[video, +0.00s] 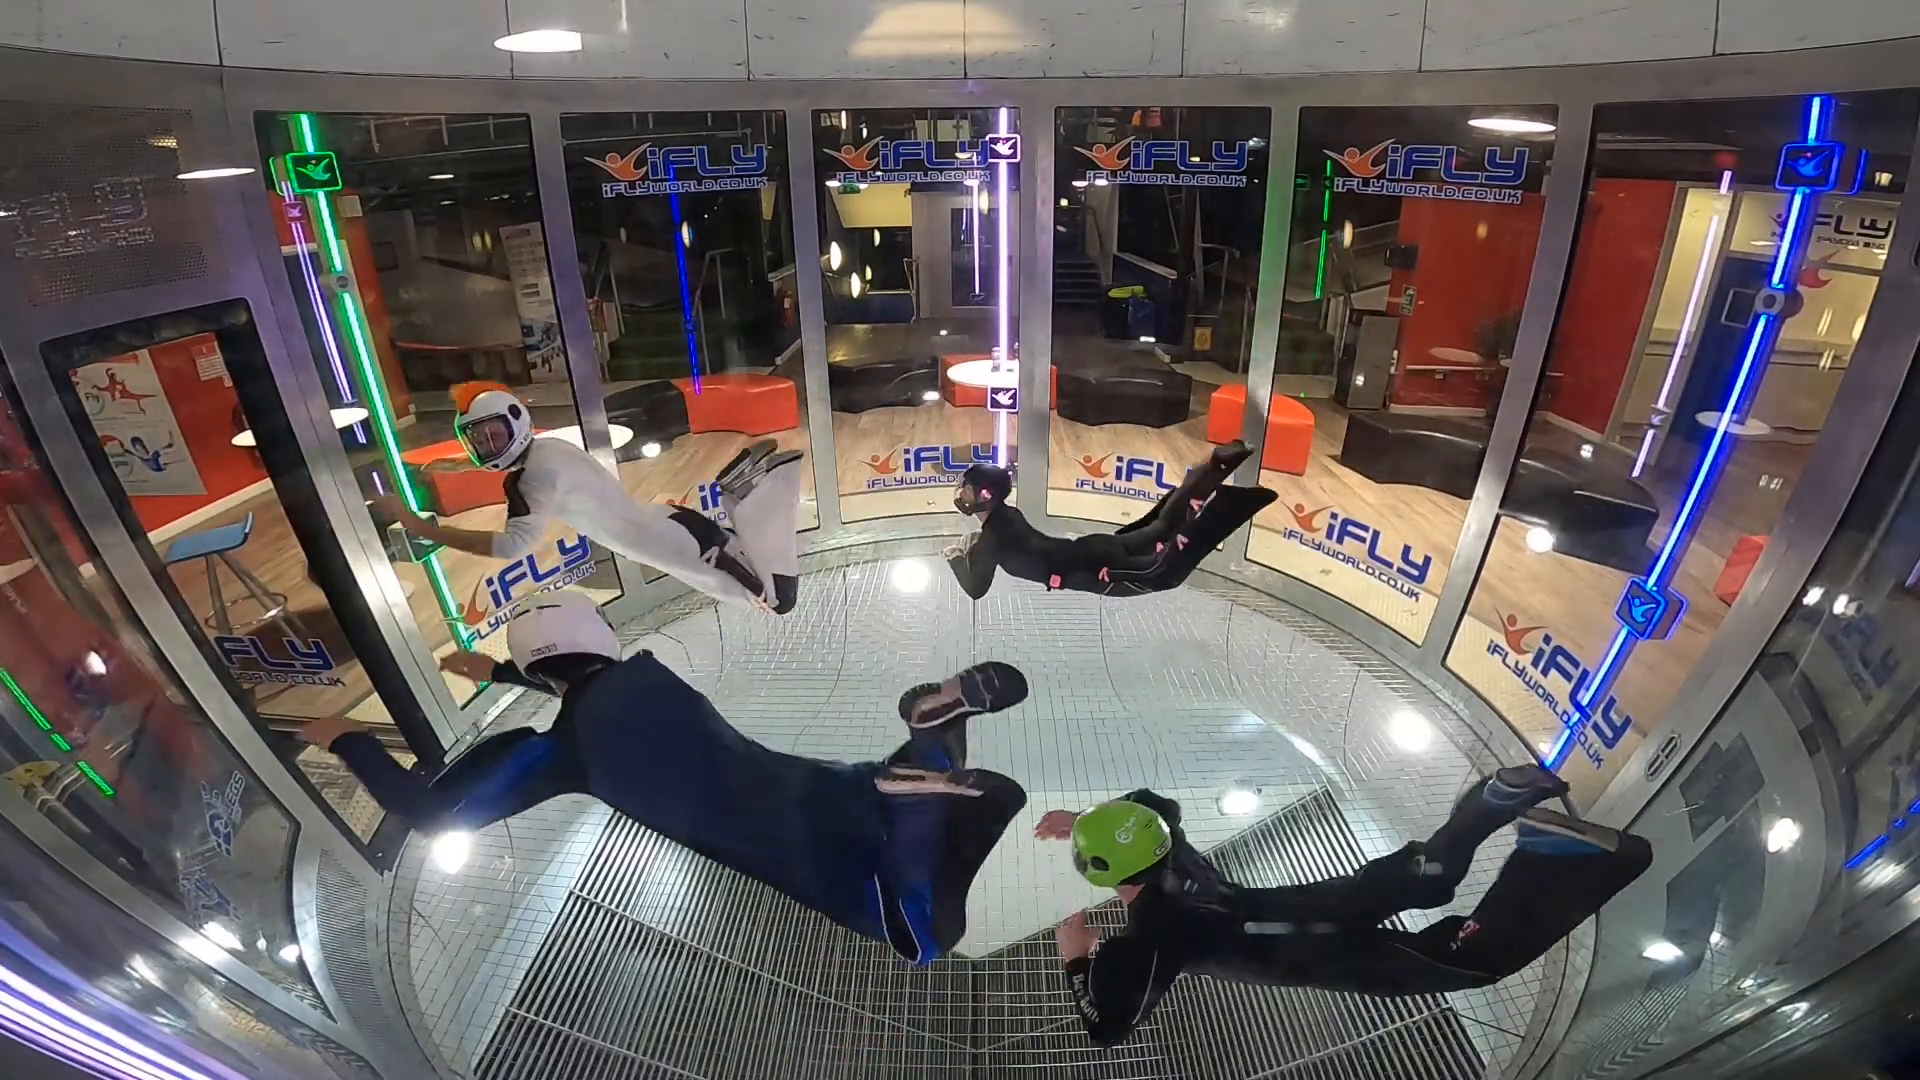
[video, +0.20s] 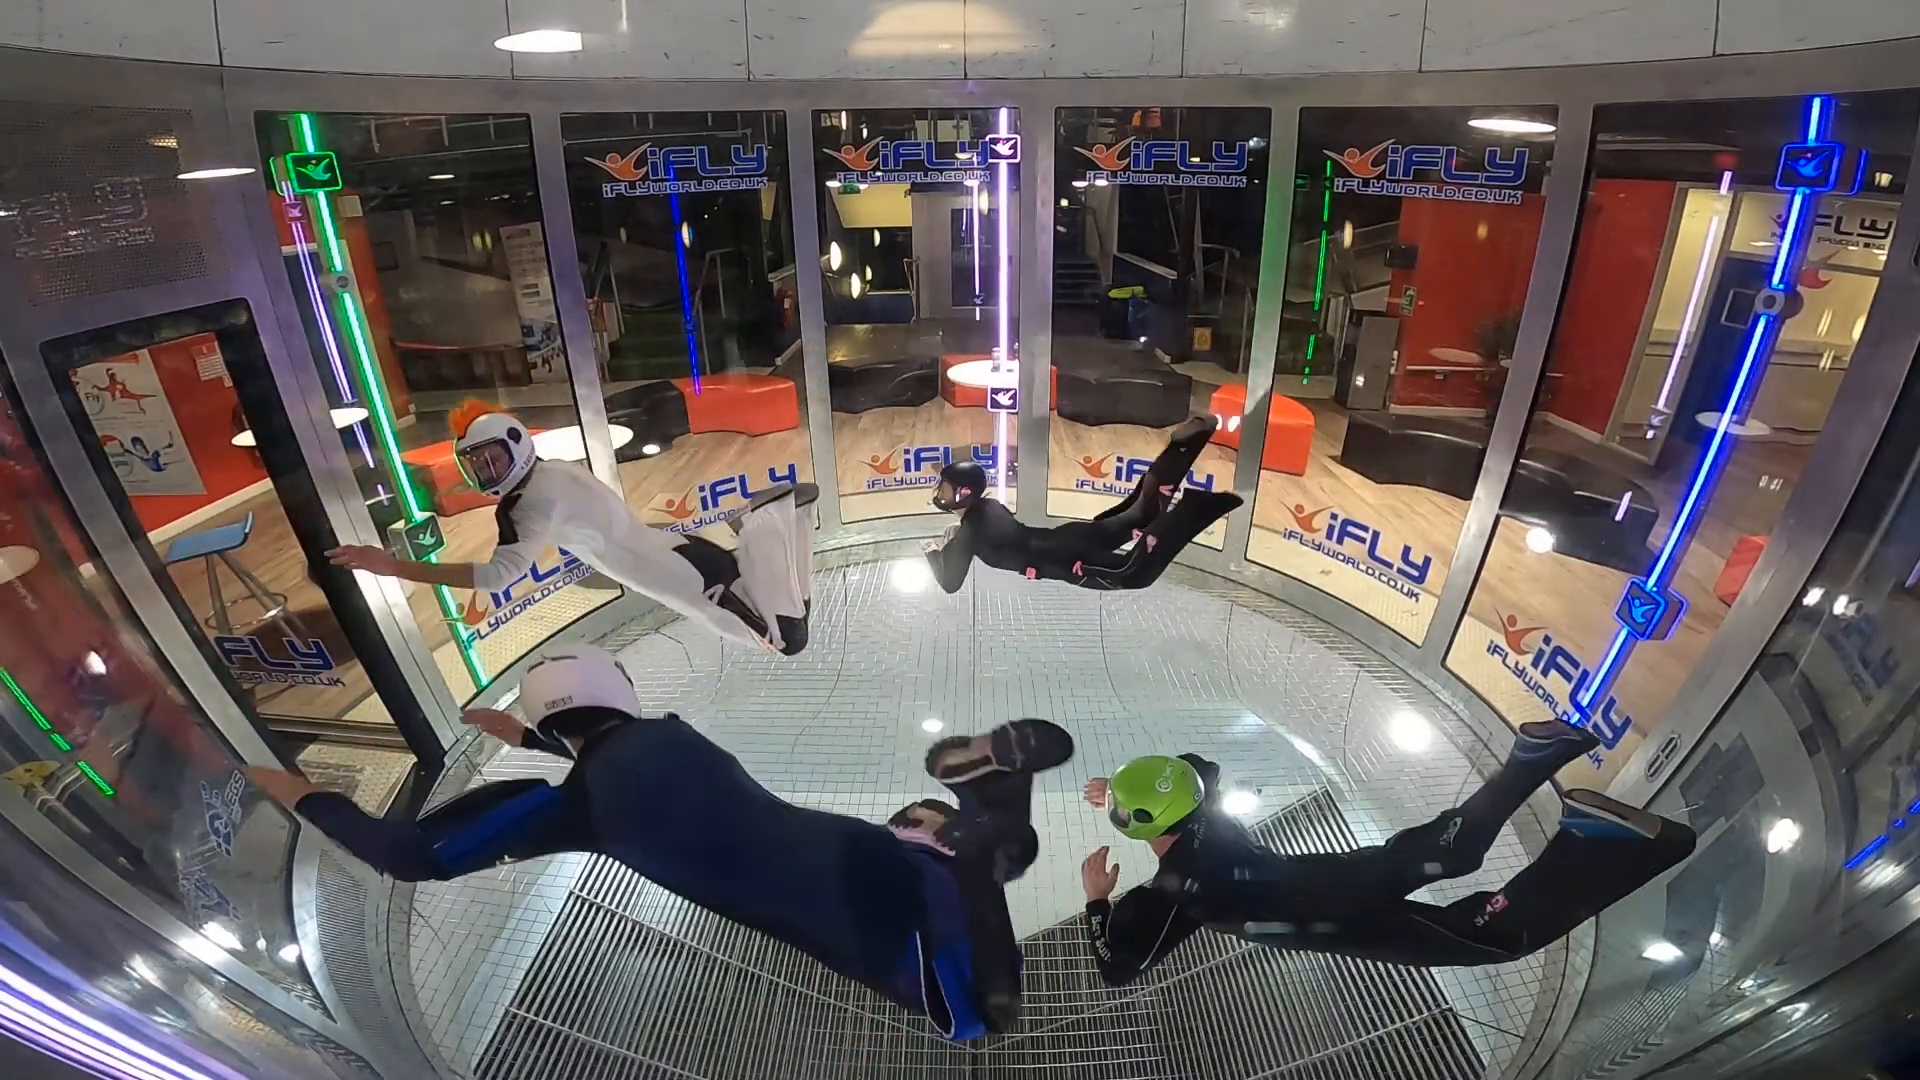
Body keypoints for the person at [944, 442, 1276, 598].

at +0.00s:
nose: (958, 493)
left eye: (965, 489)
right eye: (961, 486)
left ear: (984, 499)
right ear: (987, 496)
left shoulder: (993, 535)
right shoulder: (1002, 515)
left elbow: (975, 588)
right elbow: (983, 574)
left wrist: (956, 558)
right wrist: (969, 553)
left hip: (1089, 569)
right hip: (1088, 548)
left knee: (1163, 571)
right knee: (1153, 531)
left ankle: (1222, 507)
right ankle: (1211, 470)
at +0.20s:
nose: (937, 493)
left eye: (943, 489)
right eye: (939, 487)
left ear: (962, 493)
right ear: (966, 490)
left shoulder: (974, 525)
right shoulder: (980, 511)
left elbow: (950, 580)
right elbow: (959, 563)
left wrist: (934, 557)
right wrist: (945, 552)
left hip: (1068, 559)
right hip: (1068, 540)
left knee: (1136, 575)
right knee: (1136, 513)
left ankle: (1196, 510)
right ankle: (1186, 441)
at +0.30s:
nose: (922, 491)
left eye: (928, 486)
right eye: (925, 485)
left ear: (947, 492)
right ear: (952, 488)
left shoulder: (956, 524)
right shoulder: (970, 504)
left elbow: (932, 575)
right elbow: (945, 549)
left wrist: (913, 559)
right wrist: (923, 550)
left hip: (1044, 556)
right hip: (1048, 532)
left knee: (1116, 580)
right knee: (1122, 511)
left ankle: (1169, 519)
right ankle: (1163, 441)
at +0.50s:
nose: (891, 481)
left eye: (897, 475)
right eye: (890, 475)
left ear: (912, 477)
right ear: (913, 475)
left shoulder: (917, 505)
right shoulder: (926, 490)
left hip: (998, 549)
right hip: (1003, 527)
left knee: (1069, 586)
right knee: (1077, 517)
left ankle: (1112, 527)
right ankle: (1115, 463)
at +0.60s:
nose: (867, 468)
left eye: (874, 464)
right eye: (869, 462)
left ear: (893, 469)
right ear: (897, 467)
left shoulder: (898, 500)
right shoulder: (910, 483)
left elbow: (860, 547)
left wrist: (845, 507)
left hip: (977, 545)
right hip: (983, 521)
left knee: (1044, 589)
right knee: (1056, 520)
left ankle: (1078, 532)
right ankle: (1091, 473)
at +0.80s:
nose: (827, 459)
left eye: (835, 454)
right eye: (828, 452)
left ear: (853, 458)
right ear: (853, 457)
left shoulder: (851, 497)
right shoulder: (866, 475)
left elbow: (812, 536)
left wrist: (797, 502)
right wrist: (821, 508)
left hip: (931, 548)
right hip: (938, 527)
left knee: (981, 595)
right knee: (1004, 527)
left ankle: (1025, 549)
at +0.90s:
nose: (802, 458)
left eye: (809, 453)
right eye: (802, 451)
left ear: (827, 458)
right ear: (828, 457)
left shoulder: (828, 494)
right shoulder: (842, 474)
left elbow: (795, 531)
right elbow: (810, 517)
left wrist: (768, 500)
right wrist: (792, 513)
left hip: (908, 550)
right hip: (913, 526)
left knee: (965, 603)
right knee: (979, 531)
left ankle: (1014, 543)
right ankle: (1002, 480)